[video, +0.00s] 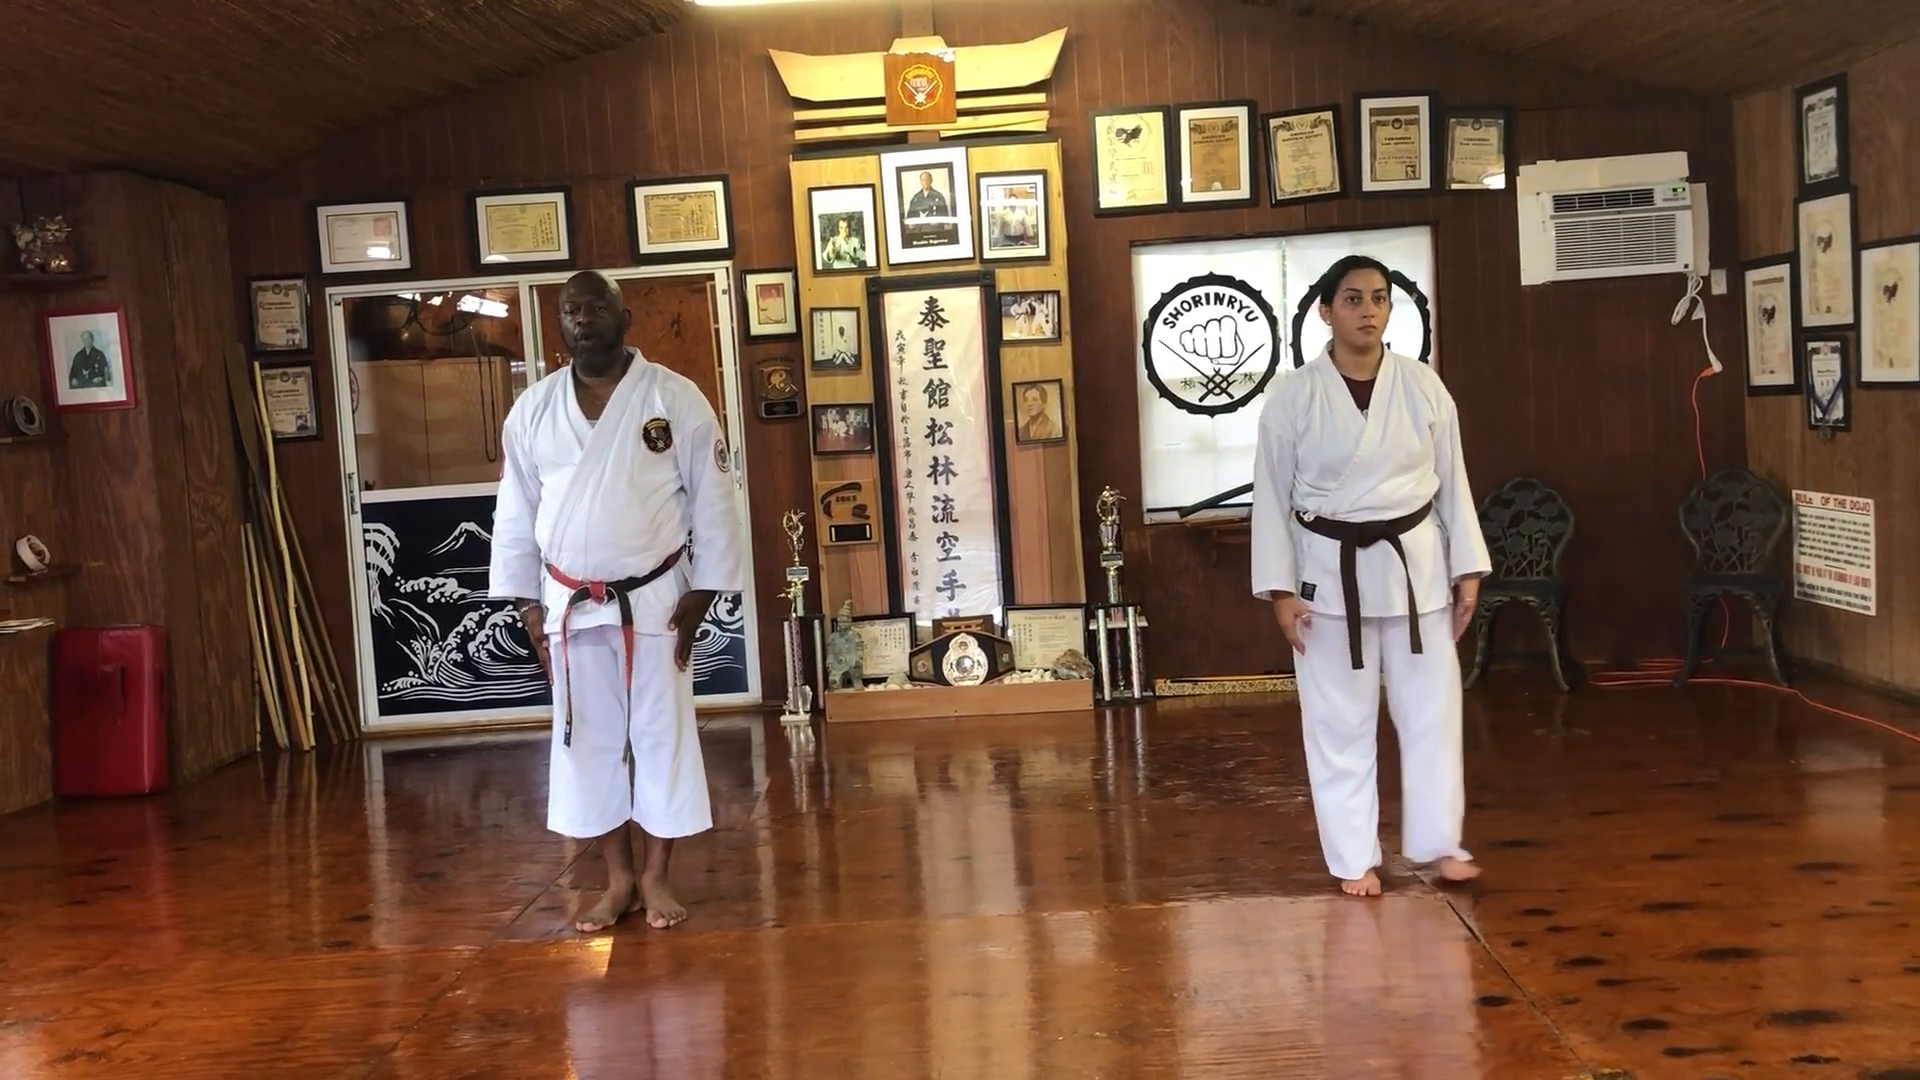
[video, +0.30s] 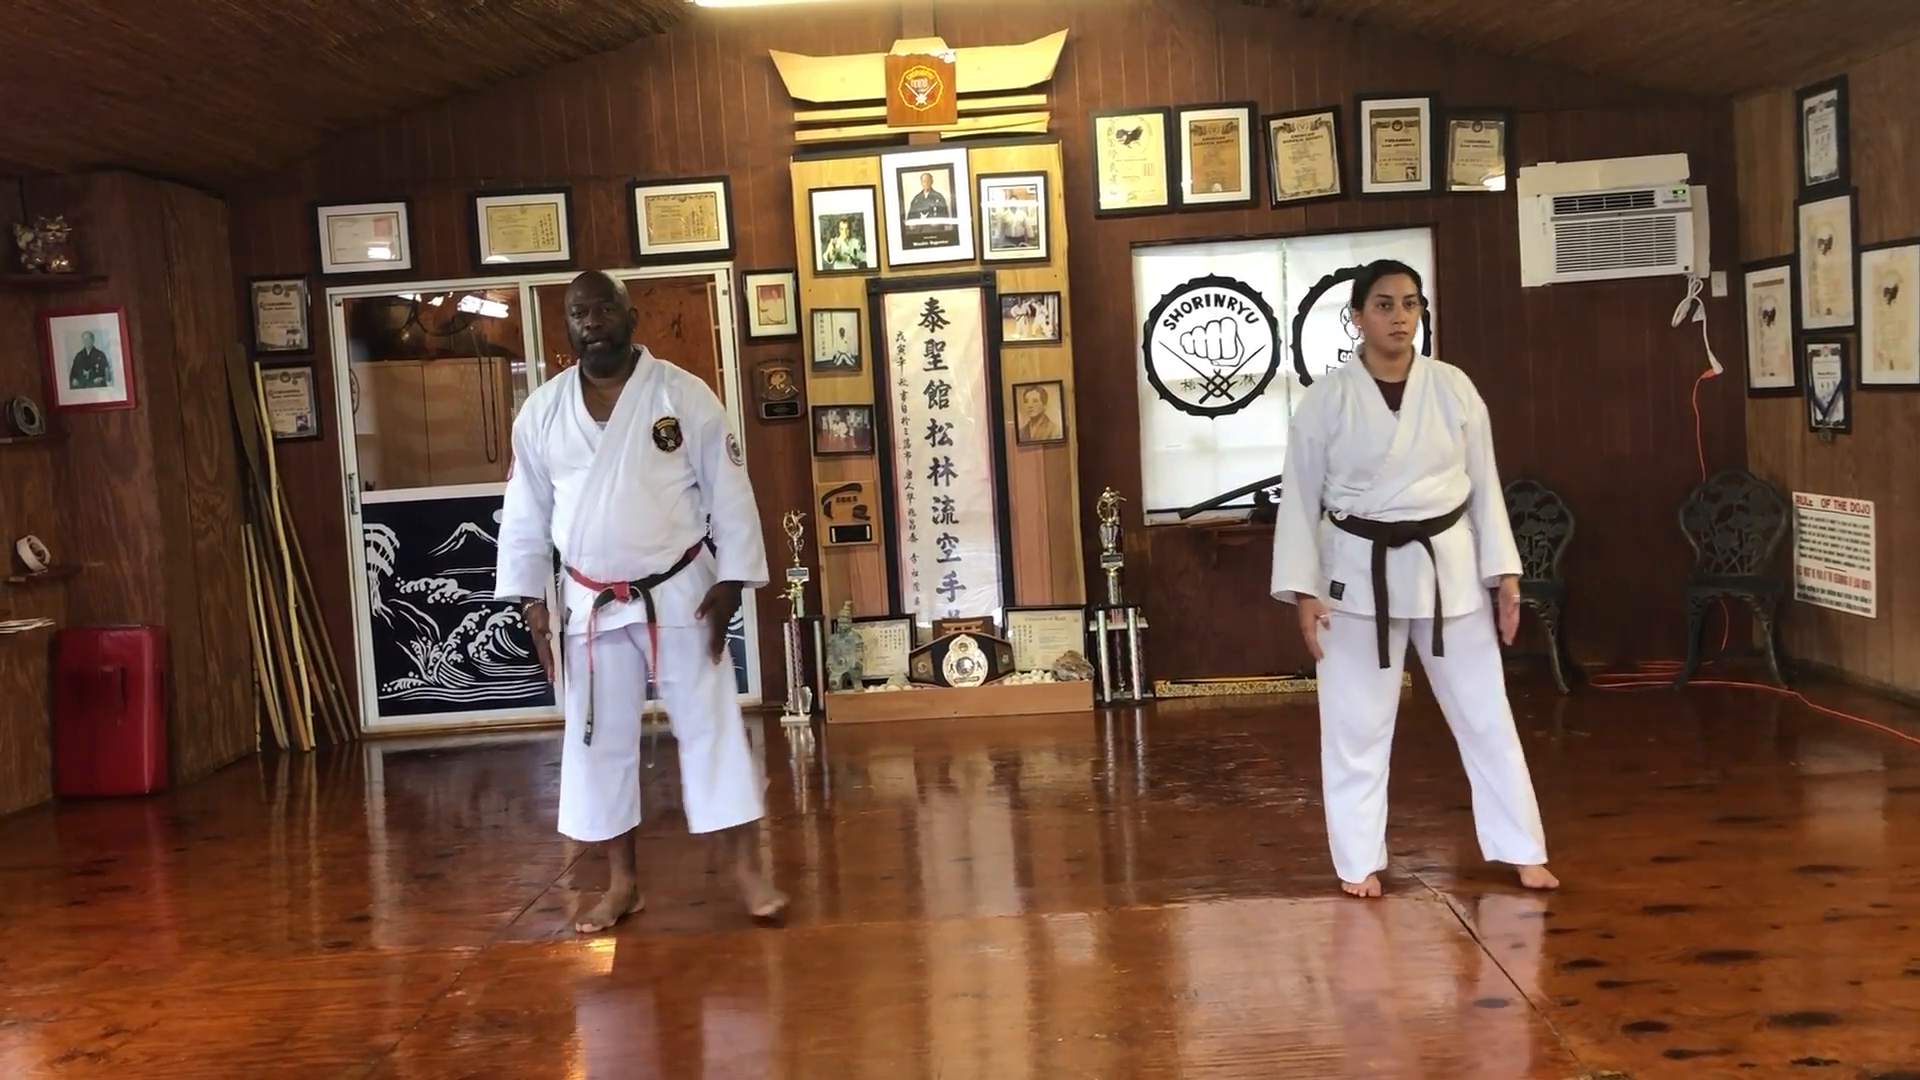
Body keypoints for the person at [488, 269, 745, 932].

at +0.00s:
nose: (583, 320)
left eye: (595, 308)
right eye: (572, 312)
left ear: (624, 319)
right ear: (558, 328)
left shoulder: (675, 398)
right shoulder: (532, 410)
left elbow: (712, 499)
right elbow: (516, 508)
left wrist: (706, 589)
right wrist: (524, 597)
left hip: (656, 590)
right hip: (572, 597)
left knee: (658, 733)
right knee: (590, 734)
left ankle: (654, 879)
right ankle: (617, 880)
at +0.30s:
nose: (592, 324)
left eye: (603, 310)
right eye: (579, 314)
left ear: (631, 316)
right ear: (566, 326)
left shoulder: (682, 394)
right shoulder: (541, 413)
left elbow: (728, 491)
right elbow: (526, 512)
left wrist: (733, 579)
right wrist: (533, 604)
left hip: (680, 585)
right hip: (591, 597)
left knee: (712, 723)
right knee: (600, 735)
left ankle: (747, 868)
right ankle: (620, 881)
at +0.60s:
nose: (643, 330)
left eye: (654, 316)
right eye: (630, 320)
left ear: (681, 319)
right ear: (616, 330)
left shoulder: (735, 398)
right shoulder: (594, 415)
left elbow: (780, 496)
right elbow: (574, 506)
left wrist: (757, 569)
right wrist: (578, 584)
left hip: (728, 589)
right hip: (638, 599)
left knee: (778, 728)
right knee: (625, 736)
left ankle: (815, 872)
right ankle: (624, 882)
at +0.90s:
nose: (693, 328)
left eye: (704, 316)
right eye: (680, 319)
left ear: (730, 323)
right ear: (664, 333)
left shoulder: (779, 406)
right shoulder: (637, 413)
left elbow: (815, 502)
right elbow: (615, 507)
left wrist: (797, 576)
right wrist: (619, 586)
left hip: (761, 594)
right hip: (668, 599)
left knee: (794, 734)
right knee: (651, 743)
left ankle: (815, 877)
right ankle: (626, 888)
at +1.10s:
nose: (695, 331)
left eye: (706, 319)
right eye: (682, 322)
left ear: (729, 327)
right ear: (664, 335)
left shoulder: (773, 410)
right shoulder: (633, 417)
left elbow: (808, 507)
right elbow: (610, 509)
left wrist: (791, 583)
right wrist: (613, 587)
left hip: (752, 599)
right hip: (661, 604)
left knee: (788, 736)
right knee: (646, 747)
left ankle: (812, 878)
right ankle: (623, 893)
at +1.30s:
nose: (688, 337)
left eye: (700, 325)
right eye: (676, 327)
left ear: (725, 334)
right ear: (659, 341)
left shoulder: (769, 416)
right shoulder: (629, 422)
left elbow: (803, 516)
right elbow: (603, 515)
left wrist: (780, 593)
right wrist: (610, 595)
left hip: (746, 605)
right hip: (655, 609)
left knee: (780, 743)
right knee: (638, 748)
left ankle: (809, 887)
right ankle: (620, 898)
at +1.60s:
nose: (690, 343)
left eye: (700, 331)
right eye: (676, 334)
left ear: (724, 339)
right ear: (659, 348)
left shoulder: (768, 425)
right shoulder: (627, 431)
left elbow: (802, 523)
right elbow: (602, 522)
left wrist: (780, 598)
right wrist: (607, 600)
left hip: (745, 614)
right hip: (654, 618)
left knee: (780, 753)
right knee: (637, 758)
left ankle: (808, 896)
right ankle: (618, 906)